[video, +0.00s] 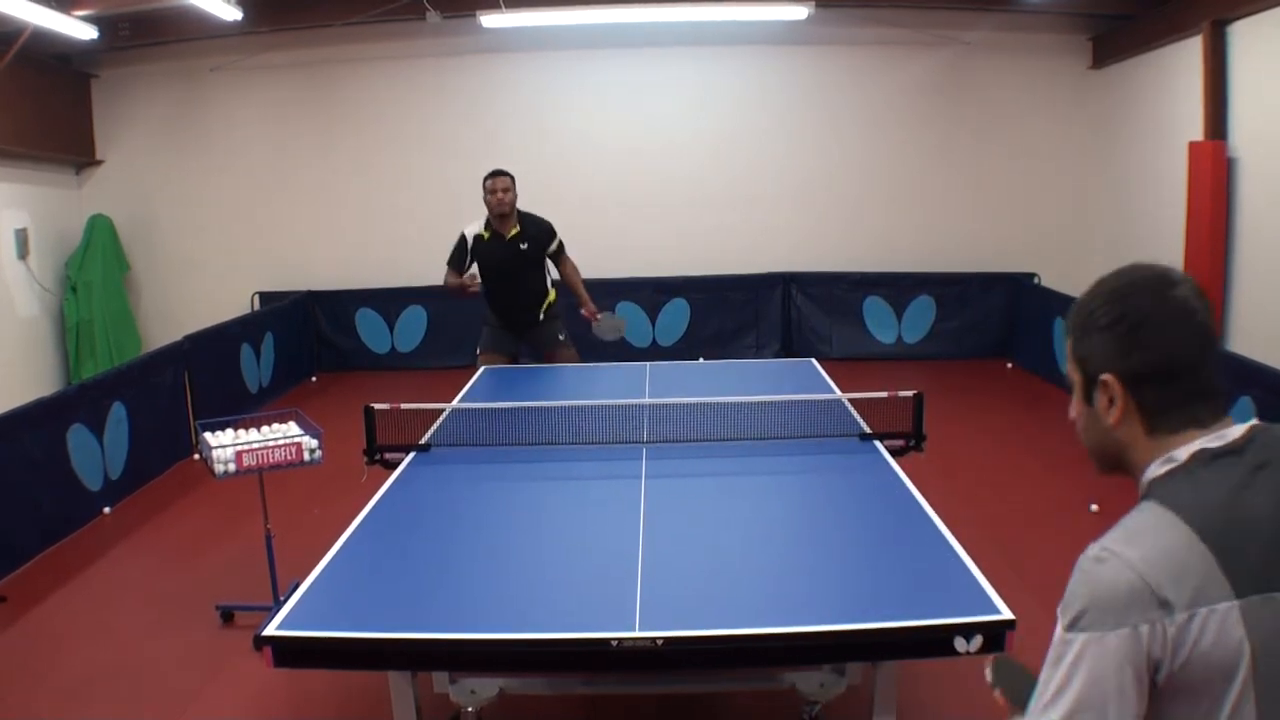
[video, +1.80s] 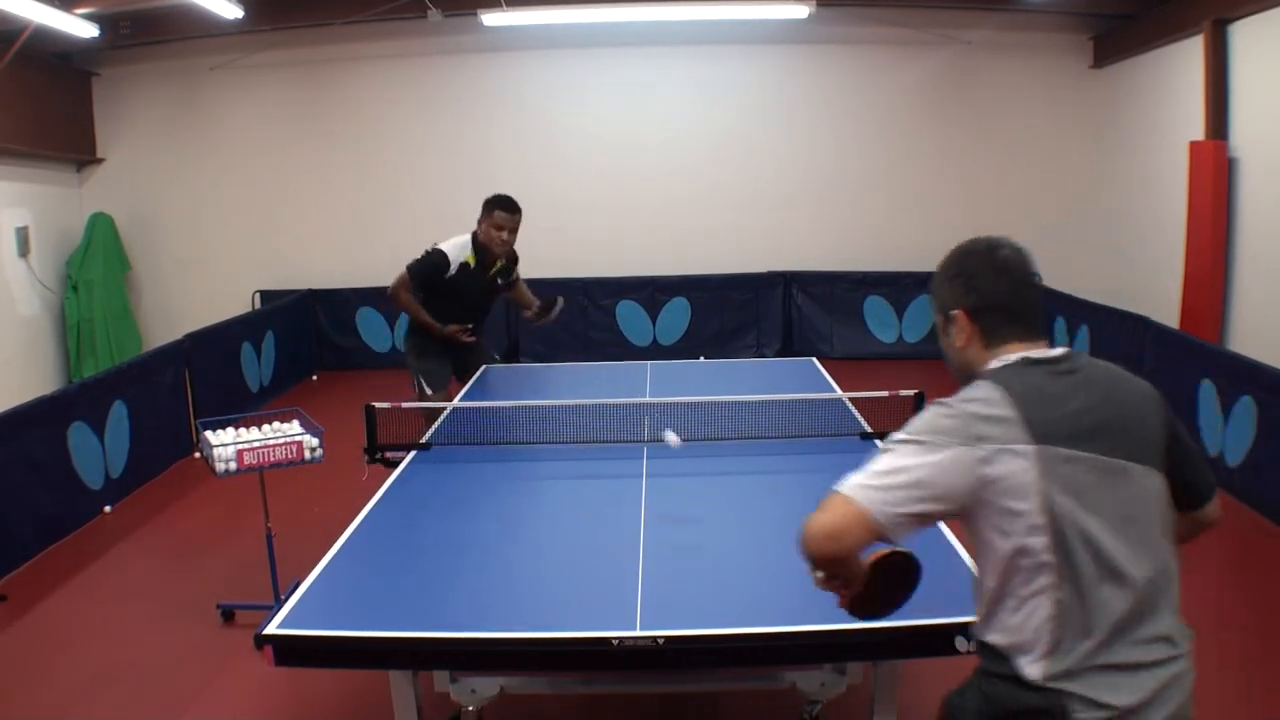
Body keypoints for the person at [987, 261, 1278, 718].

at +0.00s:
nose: (1071, 411)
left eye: (1075, 388)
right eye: (1072, 388)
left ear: (1111, 399)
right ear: (1202, 369)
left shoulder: (1128, 571)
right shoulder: (1270, 449)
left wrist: (1029, 700)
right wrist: (1042, 698)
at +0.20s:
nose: (1033, 412)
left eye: (1031, 398)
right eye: (1030, 397)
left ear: (1051, 401)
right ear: (1135, 380)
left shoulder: (1079, 482)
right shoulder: (1247, 454)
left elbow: (1061, 688)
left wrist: (1027, 658)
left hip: (1168, 710)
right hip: (1270, 704)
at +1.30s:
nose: (1037, 356)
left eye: (1038, 338)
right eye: (1036, 338)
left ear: (1064, 346)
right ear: (1141, 330)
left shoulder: (1087, 459)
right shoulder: (1235, 432)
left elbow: (1052, 665)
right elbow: (1263, 598)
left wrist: (975, 623)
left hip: (1142, 708)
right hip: (1261, 701)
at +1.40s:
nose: (1028, 336)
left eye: (1028, 318)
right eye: (1027, 319)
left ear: (1052, 321)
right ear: (1131, 308)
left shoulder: (1069, 434)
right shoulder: (1232, 412)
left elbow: (1013, 631)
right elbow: (1268, 571)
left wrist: (941, 597)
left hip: (1131, 705)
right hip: (1252, 697)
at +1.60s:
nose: (1022, 336)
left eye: (1023, 318)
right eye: (1022, 318)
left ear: (1050, 322)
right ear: (1119, 305)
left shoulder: (1066, 430)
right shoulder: (1213, 401)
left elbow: (957, 594)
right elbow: (1259, 540)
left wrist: (906, 572)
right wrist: (1155, 560)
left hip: (1113, 705)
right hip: (1231, 698)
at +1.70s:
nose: (993, 339)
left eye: (992, 321)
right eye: (991, 321)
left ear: (1018, 322)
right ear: (1086, 306)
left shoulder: (1038, 419)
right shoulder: (1182, 397)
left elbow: (904, 565)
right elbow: (1232, 522)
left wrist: (879, 569)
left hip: (1092, 697)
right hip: (1205, 694)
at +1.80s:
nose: (942, 345)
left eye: (941, 330)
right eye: (939, 330)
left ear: (962, 327)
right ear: (1037, 312)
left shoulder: (978, 414)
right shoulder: (1136, 395)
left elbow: (826, 535)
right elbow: (1202, 507)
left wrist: (849, 575)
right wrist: (1116, 551)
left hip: (1047, 693)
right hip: (1163, 685)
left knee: (960, 702)